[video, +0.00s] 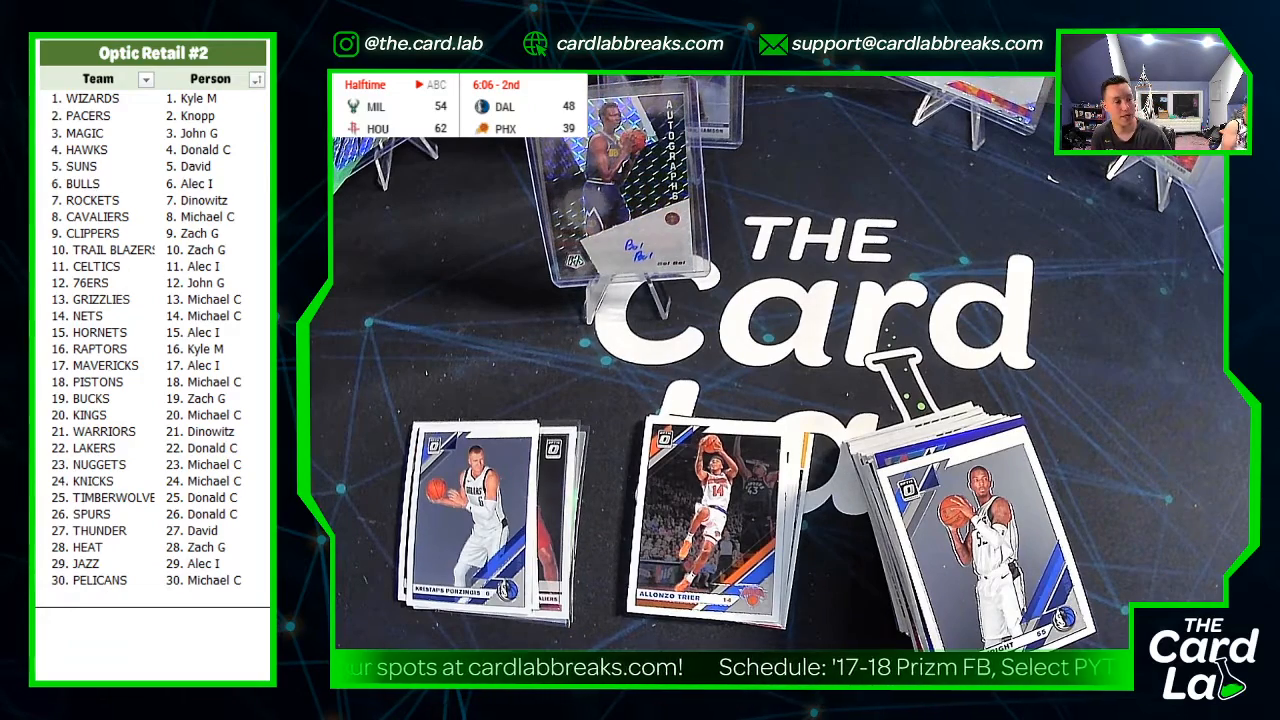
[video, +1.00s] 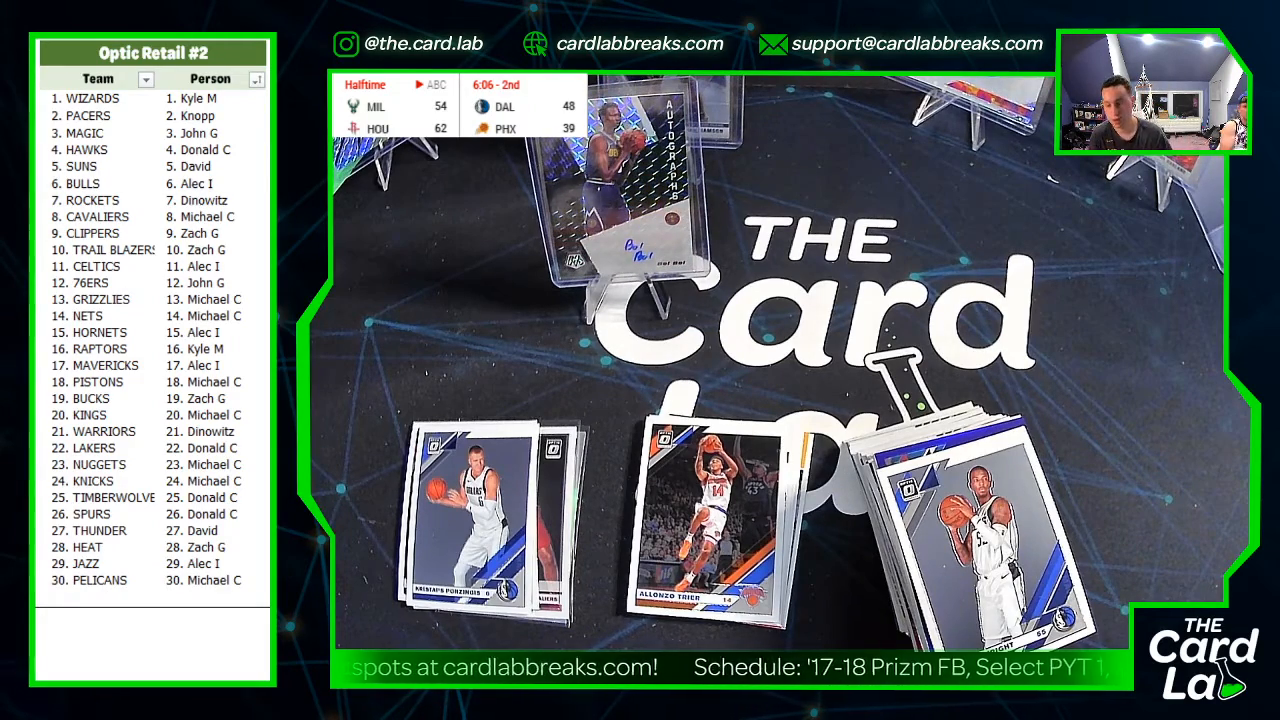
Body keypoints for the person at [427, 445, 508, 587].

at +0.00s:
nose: (480, 464)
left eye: (482, 460)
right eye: (476, 461)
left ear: (484, 459)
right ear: (469, 461)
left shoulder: (491, 477)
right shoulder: (464, 476)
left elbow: (488, 511)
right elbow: (464, 503)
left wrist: (466, 504)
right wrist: (439, 500)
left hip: (496, 530)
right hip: (478, 531)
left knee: (495, 572)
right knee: (459, 571)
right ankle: (461, 604)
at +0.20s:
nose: (480, 463)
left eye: (482, 460)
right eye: (475, 460)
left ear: (484, 459)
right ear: (469, 461)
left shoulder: (491, 477)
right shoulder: (464, 476)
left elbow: (488, 512)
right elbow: (463, 503)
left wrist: (465, 504)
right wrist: (439, 500)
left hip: (497, 531)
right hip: (478, 531)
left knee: (494, 572)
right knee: (459, 571)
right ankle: (460, 606)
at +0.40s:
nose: (480, 464)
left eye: (482, 460)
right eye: (476, 461)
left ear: (484, 459)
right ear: (469, 461)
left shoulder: (491, 477)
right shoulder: (464, 476)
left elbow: (488, 512)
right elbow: (464, 503)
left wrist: (466, 504)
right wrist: (439, 500)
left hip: (496, 530)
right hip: (478, 531)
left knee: (494, 572)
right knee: (459, 571)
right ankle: (461, 604)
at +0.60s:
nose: (480, 463)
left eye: (482, 460)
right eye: (475, 460)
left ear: (484, 459)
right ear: (469, 461)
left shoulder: (491, 477)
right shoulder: (464, 476)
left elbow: (488, 512)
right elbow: (463, 503)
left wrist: (465, 504)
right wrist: (439, 500)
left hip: (497, 531)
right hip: (478, 531)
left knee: (494, 572)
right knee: (459, 571)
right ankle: (460, 606)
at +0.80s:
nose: (480, 463)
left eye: (482, 460)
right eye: (475, 460)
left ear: (484, 459)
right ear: (469, 461)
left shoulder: (491, 477)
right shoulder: (464, 476)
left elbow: (488, 512)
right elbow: (463, 503)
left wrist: (465, 504)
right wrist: (439, 500)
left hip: (496, 531)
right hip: (478, 531)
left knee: (494, 572)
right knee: (459, 571)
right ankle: (460, 606)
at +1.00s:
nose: (480, 463)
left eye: (482, 460)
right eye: (475, 460)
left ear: (484, 459)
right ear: (469, 461)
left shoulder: (491, 477)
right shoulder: (464, 476)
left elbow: (488, 512)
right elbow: (463, 503)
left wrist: (465, 504)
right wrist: (439, 500)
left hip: (496, 531)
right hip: (478, 531)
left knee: (494, 572)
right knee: (459, 571)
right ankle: (460, 606)